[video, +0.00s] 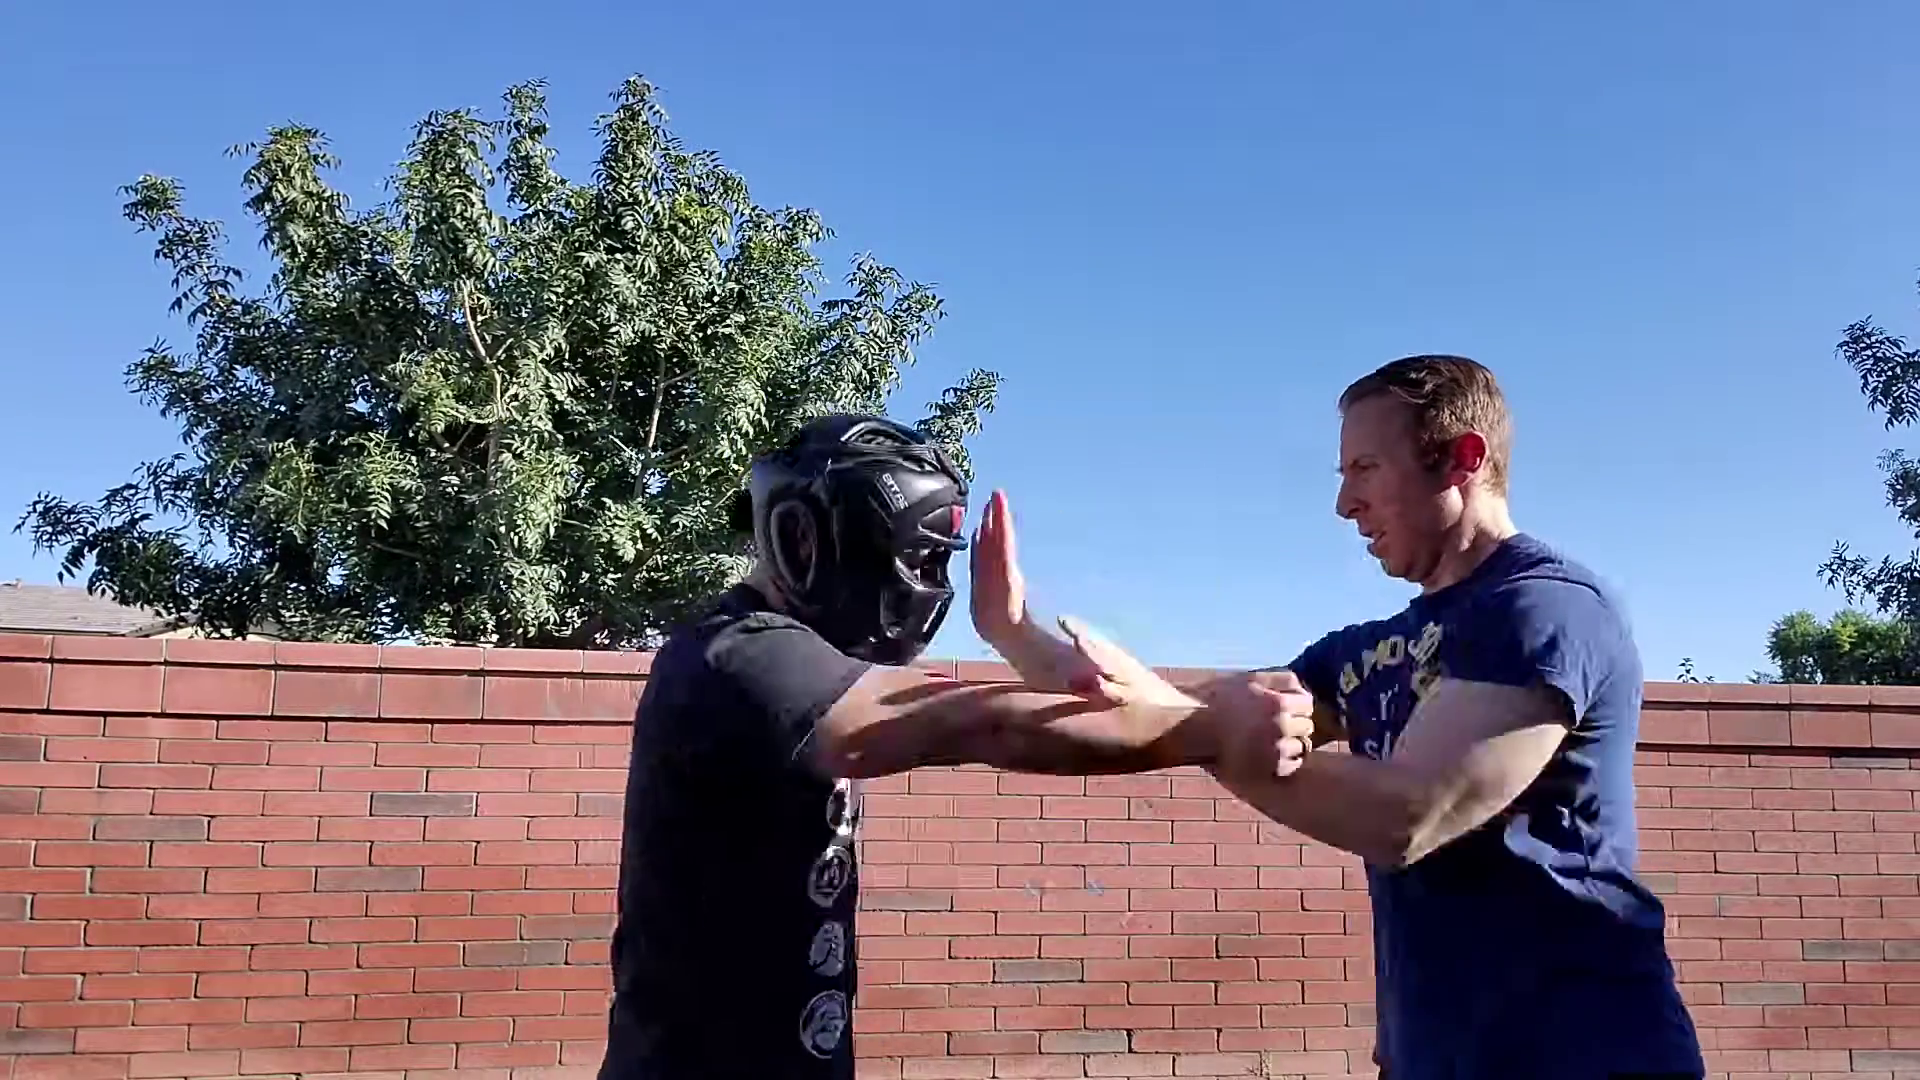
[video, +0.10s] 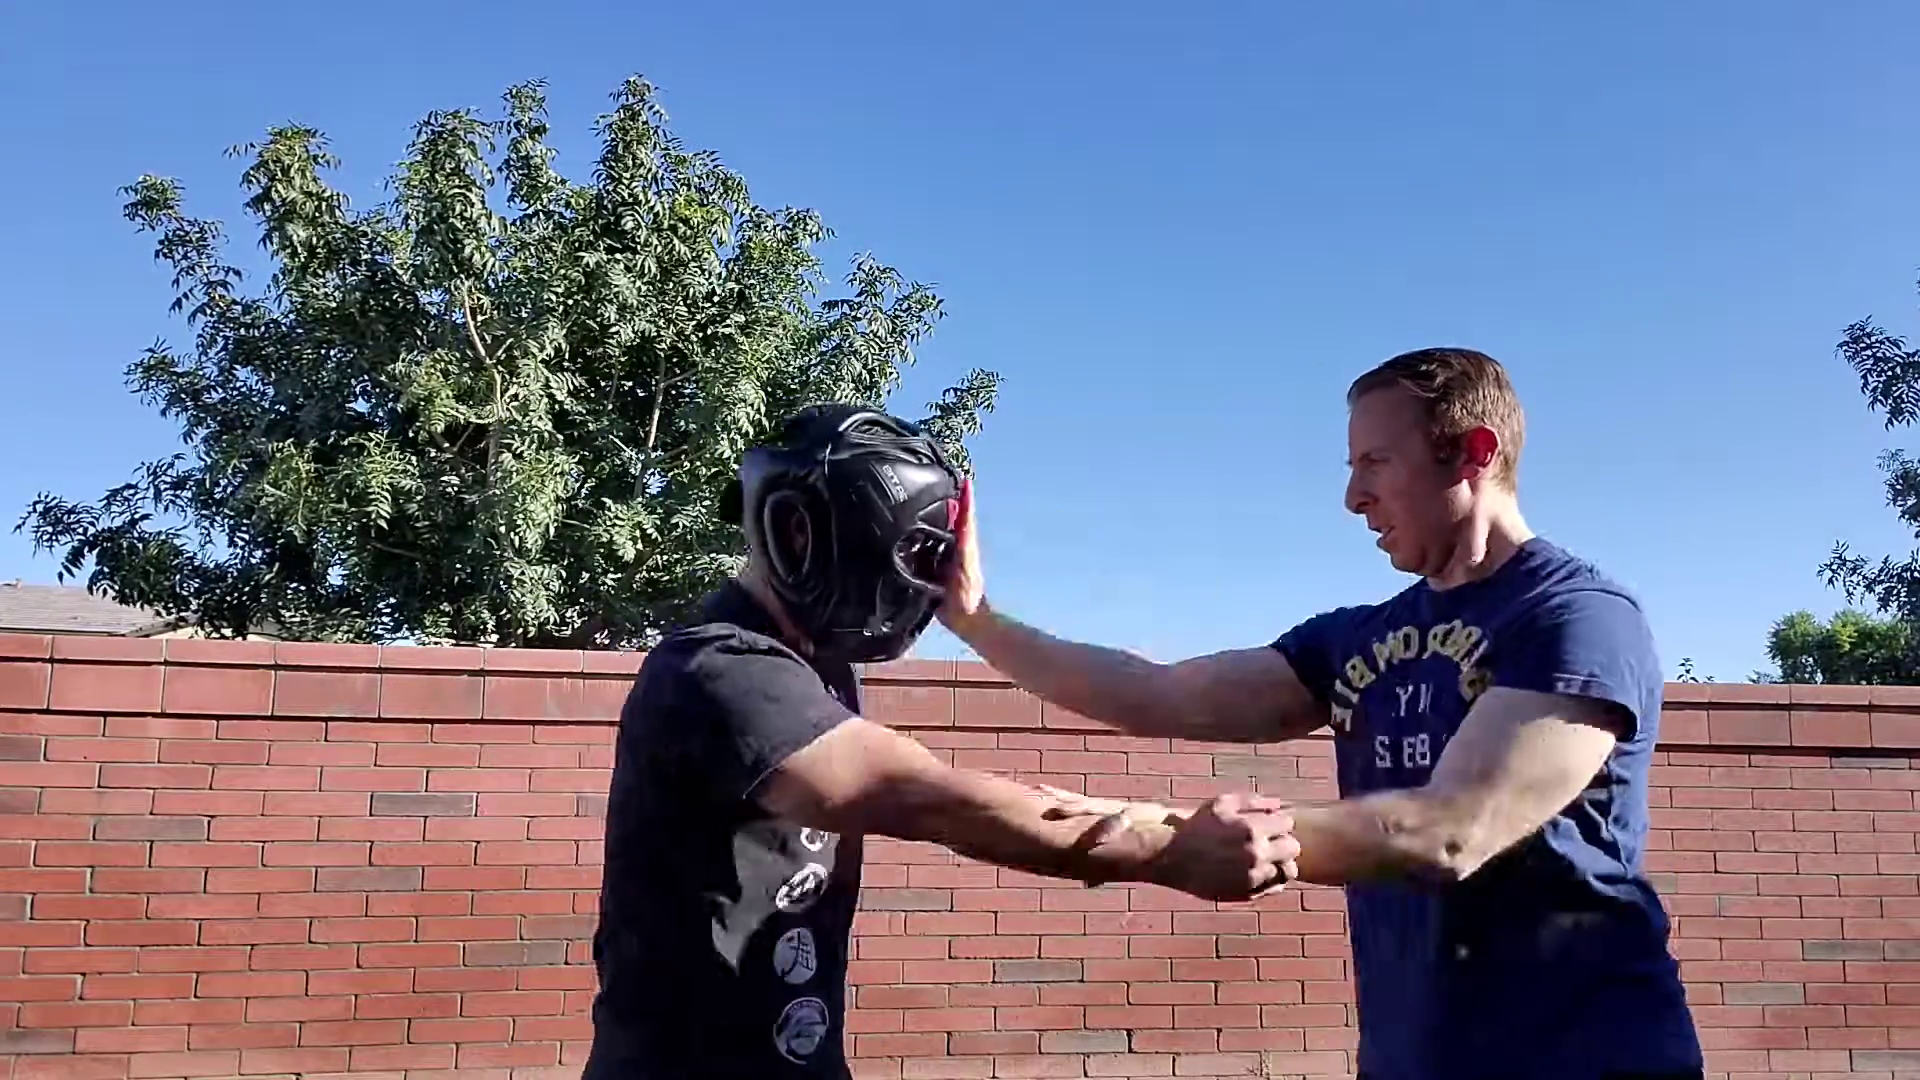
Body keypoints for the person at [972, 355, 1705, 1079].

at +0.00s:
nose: (1343, 503)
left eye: (1363, 471)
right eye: (1343, 476)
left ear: (1463, 466)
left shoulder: (1552, 610)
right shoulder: (1367, 654)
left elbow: (1406, 822)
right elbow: (1177, 720)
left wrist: (1227, 743)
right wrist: (1006, 648)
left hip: (1585, 1048)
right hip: (1429, 1050)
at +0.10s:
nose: (1351, 495)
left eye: (1373, 462)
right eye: (1352, 467)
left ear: (1472, 459)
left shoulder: (1582, 618)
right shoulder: (1359, 642)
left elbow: (1445, 836)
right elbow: (1161, 697)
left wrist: (1213, 839)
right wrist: (972, 619)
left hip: (1584, 1054)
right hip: (1411, 1057)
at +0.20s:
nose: (1347, 488)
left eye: (1371, 456)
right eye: (1350, 460)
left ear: (1472, 457)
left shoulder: (1569, 614)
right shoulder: (1374, 635)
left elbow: (1426, 825)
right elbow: (1193, 703)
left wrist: (1187, 748)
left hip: (1577, 1049)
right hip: (1426, 1049)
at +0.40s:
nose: (1349, 493)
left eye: (1369, 462)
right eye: (1349, 468)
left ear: (1470, 459)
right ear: (1466, 467)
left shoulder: (1488, 596)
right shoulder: (1457, 603)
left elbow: (1169, 608)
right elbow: (1327, 764)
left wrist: (962, 547)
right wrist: (1260, 632)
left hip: (1525, 1050)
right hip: (1441, 1045)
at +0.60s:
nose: (1336, 502)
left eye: (1355, 469)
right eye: (1337, 474)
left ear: (1454, 463)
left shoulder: (1529, 610)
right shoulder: (1370, 638)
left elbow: (1373, 815)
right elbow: (1190, 687)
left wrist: (1209, 728)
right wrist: (1028, 617)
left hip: (1564, 1041)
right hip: (1422, 1040)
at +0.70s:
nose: (1355, 494)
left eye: (1376, 461)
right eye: (1356, 465)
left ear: (1478, 456)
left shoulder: (1598, 618)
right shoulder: (1367, 641)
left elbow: (1480, 836)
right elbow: (1158, 691)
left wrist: (1236, 826)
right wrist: (974, 648)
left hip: (1602, 1052)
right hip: (1426, 1056)